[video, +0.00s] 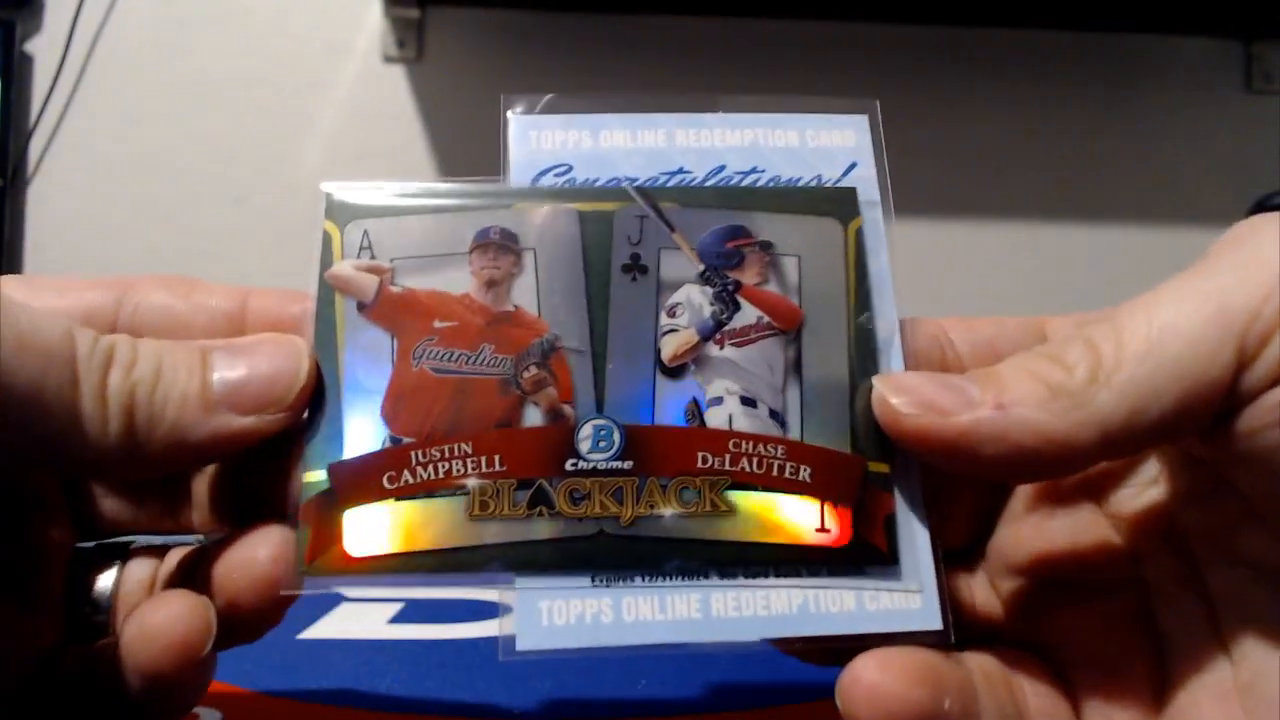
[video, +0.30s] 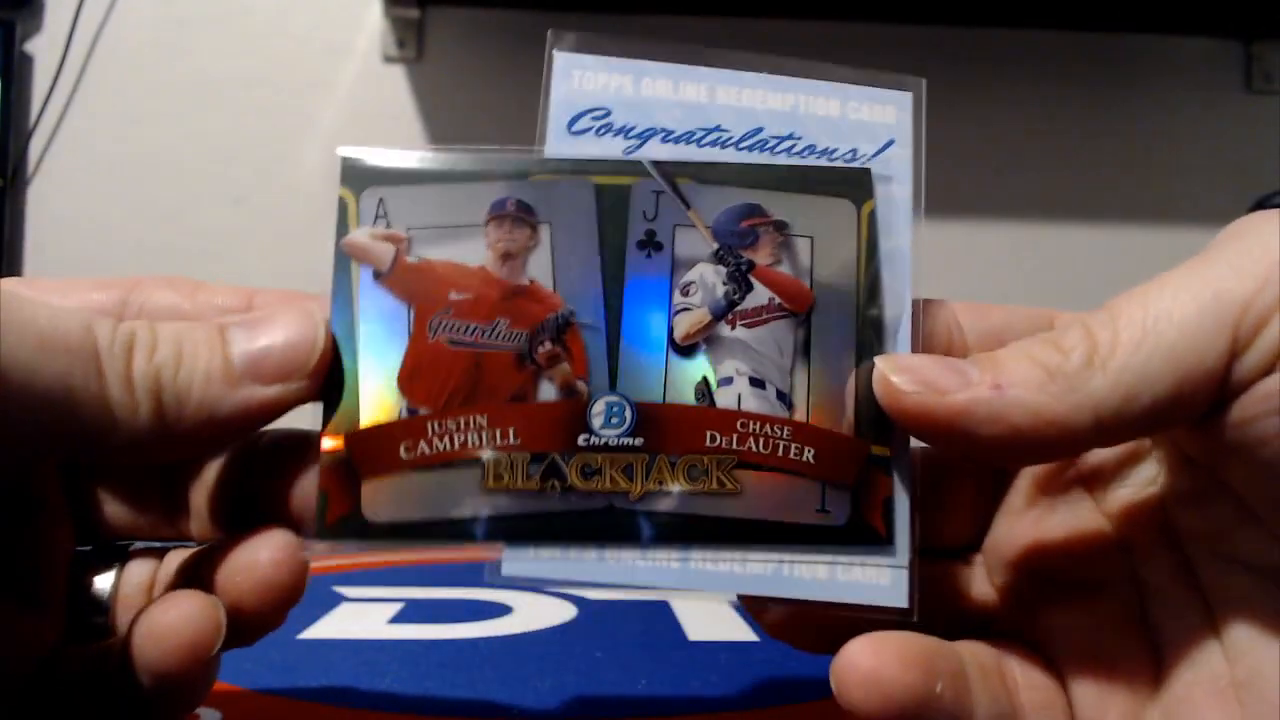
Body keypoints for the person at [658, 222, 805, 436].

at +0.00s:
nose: (765, 257)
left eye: (762, 250)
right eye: (754, 250)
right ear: (729, 257)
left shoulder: (768, 299)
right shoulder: (693, 294)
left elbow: (794, 319)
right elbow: (670, 355)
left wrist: (735, 286)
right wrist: (713, 321)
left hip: (774, 420)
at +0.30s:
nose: (778, 238)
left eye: (776, 231)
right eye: (768, 231)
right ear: (743, 236)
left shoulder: (782, 281)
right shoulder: (708, 274)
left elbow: (805, 301)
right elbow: (682, 334)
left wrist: (749, 266)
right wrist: (725, 301)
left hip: (782, 402)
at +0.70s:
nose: (787, 230)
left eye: (784, 223)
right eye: (775, 223)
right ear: (748, 228)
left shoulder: (787, 276)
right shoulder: (714, 266)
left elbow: (811, 296)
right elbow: (686, 327)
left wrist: (756, 259)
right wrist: (731, 295)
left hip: (783, 396)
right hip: (743, 389)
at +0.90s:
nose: (792, 240)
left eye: (790, 233)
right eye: (782, 233)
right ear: (755, 238)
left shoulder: (793, 283)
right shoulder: (722, 278)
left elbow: (819, 306)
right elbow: (697, 341)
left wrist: (764, 270)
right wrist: (741, 307)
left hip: (797, 404)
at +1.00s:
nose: (804, 251)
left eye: (801, 244)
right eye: (793, 245)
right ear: (766, 251)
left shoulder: (808, 298)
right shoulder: (734, 293)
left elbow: (833, 317)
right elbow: (711, 357)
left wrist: (776, 283)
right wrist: (753, 321)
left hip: (813, 421)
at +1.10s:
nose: (813, 264)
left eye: (810, 256)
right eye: (802, 257)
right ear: (775, 264)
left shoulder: (816, 309)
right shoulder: (741, 306)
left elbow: (841, 329)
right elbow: (719, 370)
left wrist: (784, 295)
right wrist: (762, 333)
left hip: (821, 431)